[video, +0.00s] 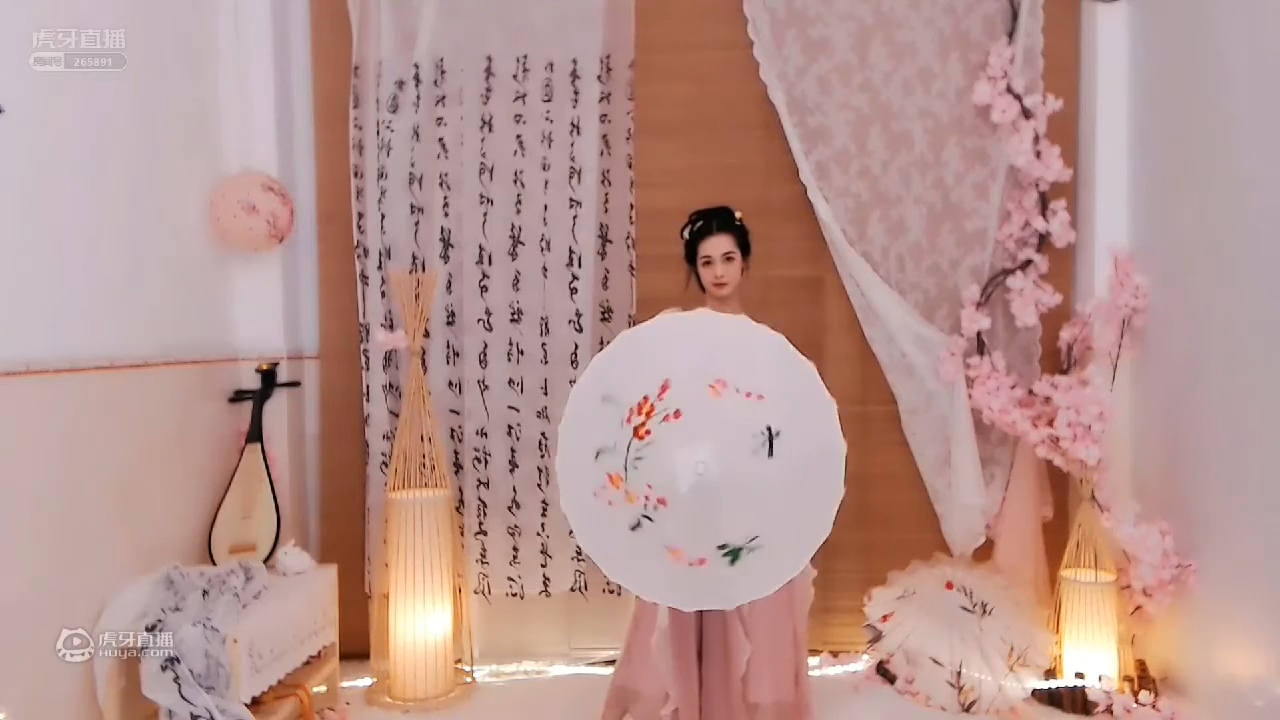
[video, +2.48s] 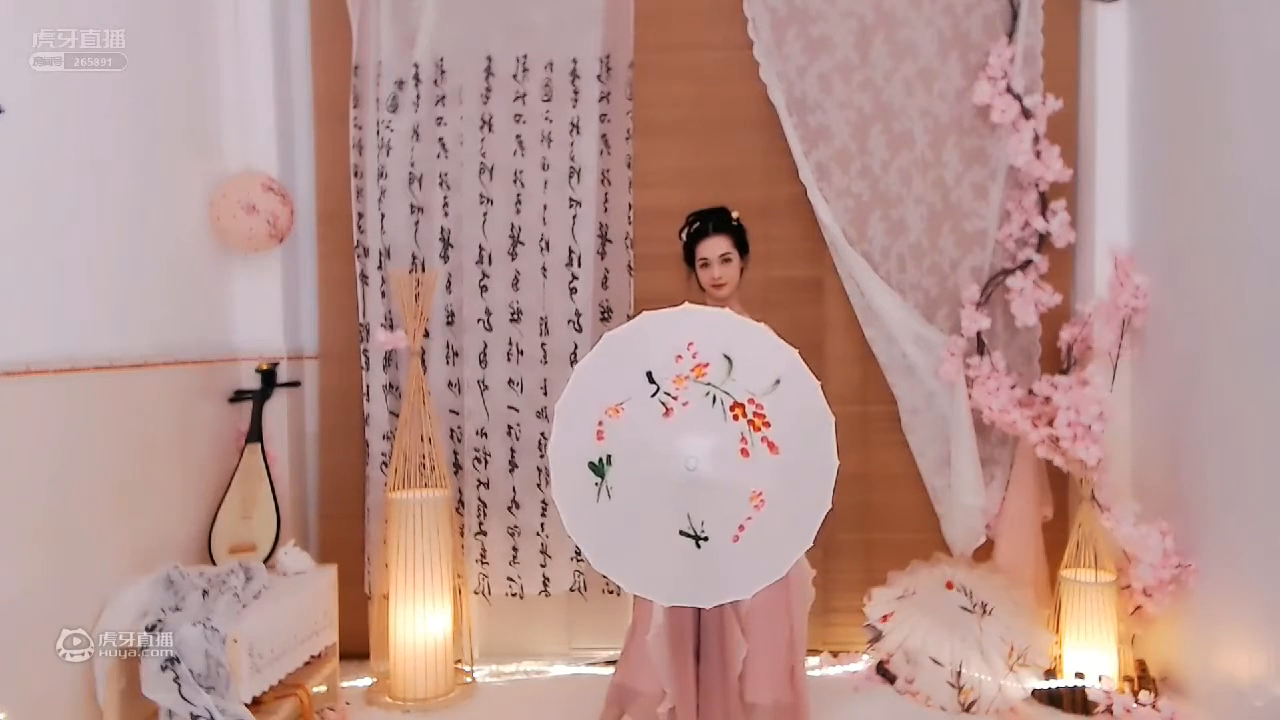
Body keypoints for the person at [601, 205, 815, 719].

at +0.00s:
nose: (718, 271)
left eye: (728, 258)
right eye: (707, 261)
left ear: (744, 263)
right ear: (694, 267)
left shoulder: (766, 343)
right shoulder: (671, 333)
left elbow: (796, 430)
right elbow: (635, 415)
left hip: (752, 499)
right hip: (682, 498)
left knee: (750, 618)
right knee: (681, 620)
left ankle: (747, 712)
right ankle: (677, 713)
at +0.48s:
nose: (716, 271)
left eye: (726, 259)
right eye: (705, 261)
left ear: (742, 263)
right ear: (693, 268)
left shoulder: (760, 337)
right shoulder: (672, 334)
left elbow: (785, 427)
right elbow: (647, 417)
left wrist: (786, 511)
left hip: (746, 492)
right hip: (683, 489)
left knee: (745, 608)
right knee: (680, 608)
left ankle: (744, 710)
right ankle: (677, 711)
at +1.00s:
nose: (716, 272)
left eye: (726, 259)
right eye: (705, 262)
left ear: (742, 264)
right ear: (693, 268)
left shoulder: (761, 340)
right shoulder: (670, 337)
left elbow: (787, 430)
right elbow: (643, 421)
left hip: (746, 495)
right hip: (681, 493)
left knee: (744, 612)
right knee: (679, 612)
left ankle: (744, 711)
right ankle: (677, 712)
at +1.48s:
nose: (715, 273)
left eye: (724, 259)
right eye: (704, 262)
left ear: (742, 263)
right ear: (692, 269)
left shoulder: (760, 342)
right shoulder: (673, 338)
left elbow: (785, 431)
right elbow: (647, 425)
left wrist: (783, 514)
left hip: (747, 495)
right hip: (683, 494)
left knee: (746, 615)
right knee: (679, 614)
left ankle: (745, 711)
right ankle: (675, 712)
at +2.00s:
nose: (715, 272)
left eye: (725, 259)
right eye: (704, 262)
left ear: (742, 262)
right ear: (693, 269)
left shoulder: (763, 341)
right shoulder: (674, 337)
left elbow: (789, 434)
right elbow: (648, 424)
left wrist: (785, 517)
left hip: (748, 496)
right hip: (681, 493)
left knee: (745, 614)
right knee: (681, 614)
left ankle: (743, 711)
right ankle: (677, 711)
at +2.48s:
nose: (715, 272)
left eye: (725, 259)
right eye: (704, 262)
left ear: (742, 262)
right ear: (692, 268)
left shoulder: (760, 338)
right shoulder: (670, 334)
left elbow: (785, 429)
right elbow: (647, 420)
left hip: (745, 492)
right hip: (679, 490)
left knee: (743, 609)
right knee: (680, 609)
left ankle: (742, 709)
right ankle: (678, 710)